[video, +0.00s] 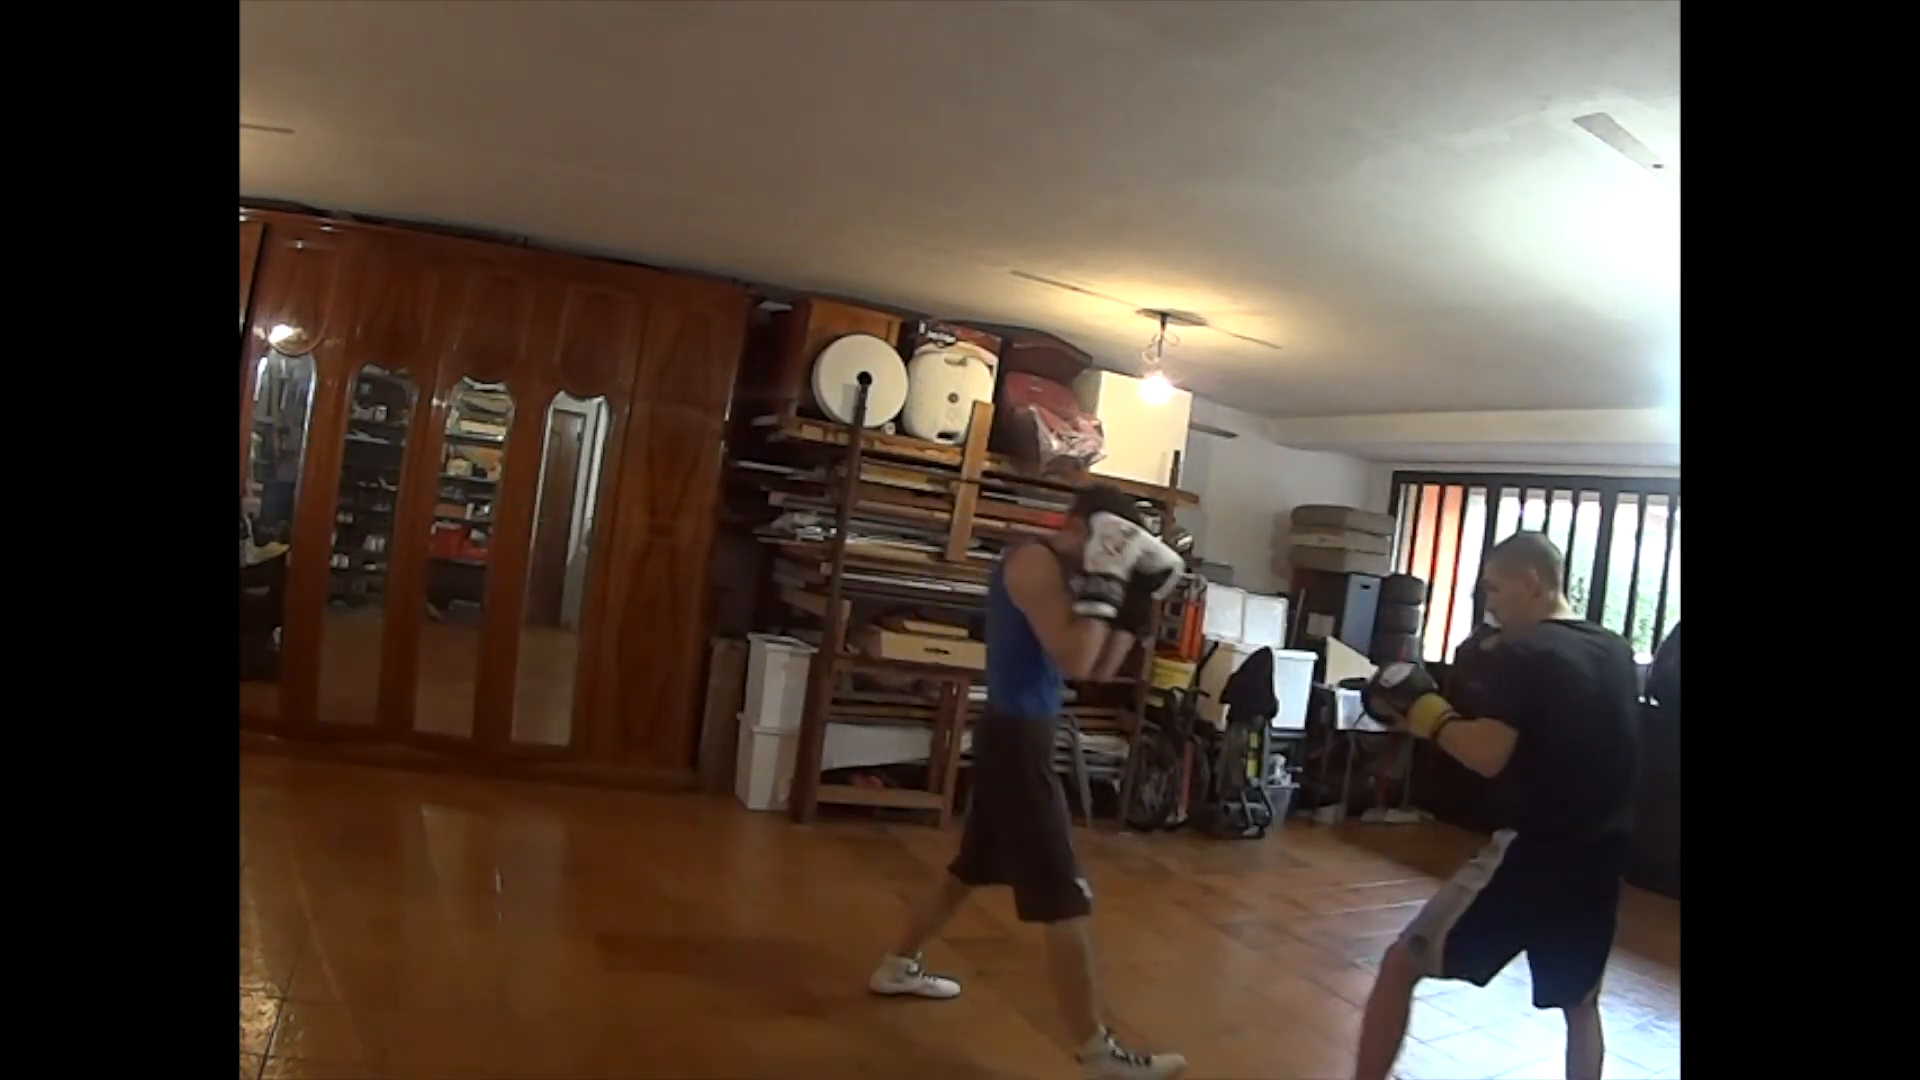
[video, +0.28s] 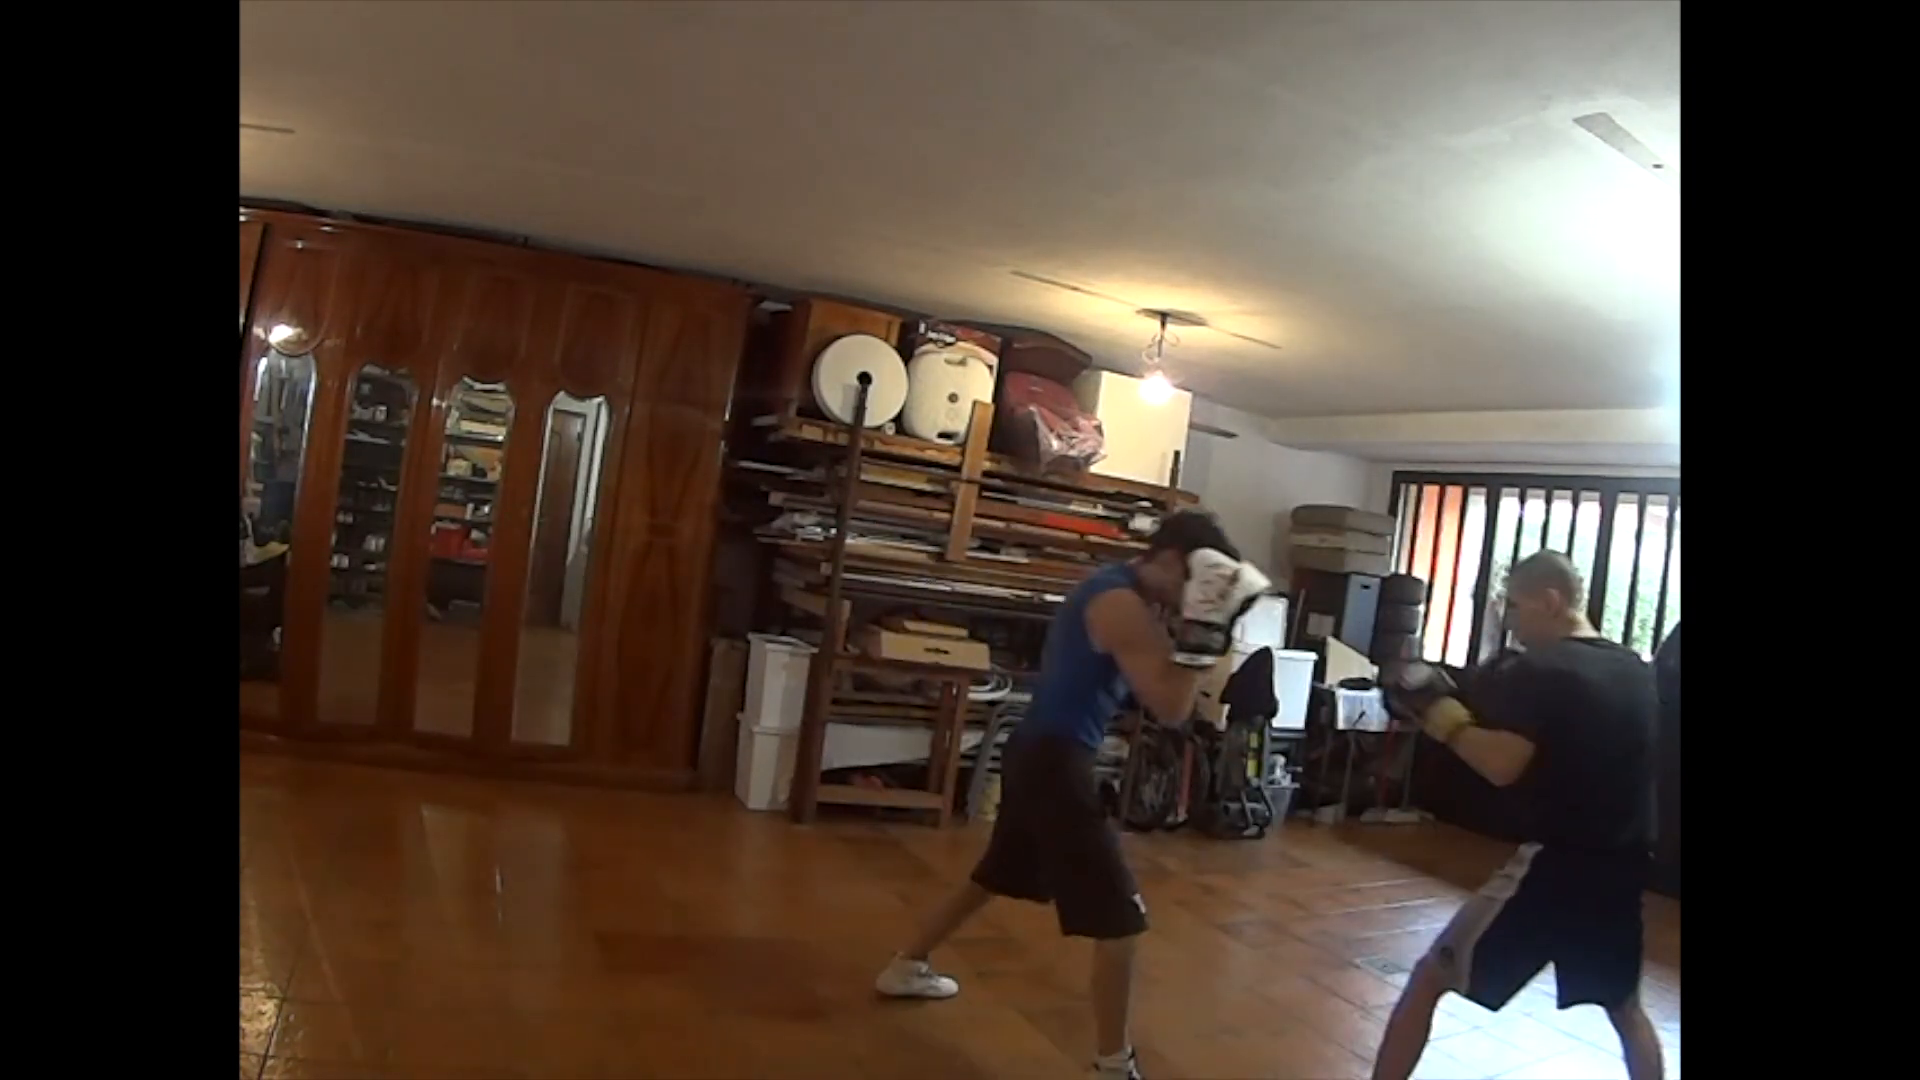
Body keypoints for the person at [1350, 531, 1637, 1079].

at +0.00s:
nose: (1488, 606)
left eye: (1492, 591)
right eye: (1486, 593)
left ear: (1532, 582)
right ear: (1550, 584)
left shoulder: (1520, 652)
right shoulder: (1614, 650)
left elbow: (1487, 753)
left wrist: (1425, 713)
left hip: (1526, 852)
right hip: (1598, 855)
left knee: (1401, 964)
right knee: (1583, 1005)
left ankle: (1366, 1076)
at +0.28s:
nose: (1510, 621)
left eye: (1514, 607)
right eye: (1509, 608)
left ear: (1551, 600)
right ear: (1571, 601)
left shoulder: (1545, 668)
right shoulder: (1635, 668)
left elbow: (1501, 764)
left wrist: (1442, 714)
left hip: (1552, 862)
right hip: (1622, 864)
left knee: (1429, 978)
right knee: (1626, 1007)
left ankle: (1382, 1077)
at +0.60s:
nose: (1582, 631)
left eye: (1586, 616)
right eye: (1579, 618)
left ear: (1625, 610)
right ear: (1636, 612)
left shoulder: (1615, 672)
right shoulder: (1671, 672)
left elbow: (1600, 762)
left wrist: (1510, 739)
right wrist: (1585, 677)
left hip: (1608, 864)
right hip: (1665, 870)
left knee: (1482, 995)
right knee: (1649, 1016)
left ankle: (1415, 1078)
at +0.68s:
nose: (1583, 633)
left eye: (1588, 618)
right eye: (1581, 620)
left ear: (1627, 612)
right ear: (1637, 615)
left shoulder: (1619, 674)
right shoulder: (1671, 673)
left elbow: (1602, 763)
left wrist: (1513, 740)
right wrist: (1587, 677)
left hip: (1611, 864)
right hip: (1665, 870)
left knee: (1484, 995)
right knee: (1649, 1014)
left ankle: (1417, 1077)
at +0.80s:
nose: (1585, 634)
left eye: (1590, 619)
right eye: (1583, 621)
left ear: (1629, 612)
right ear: (1638, 615)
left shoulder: (1619, 675)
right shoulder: (1672, 673)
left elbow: (1608, 763)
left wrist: (1516, 746)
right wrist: (1590, 681)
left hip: (1616, 866)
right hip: (1668, 872)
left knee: (1488, 998)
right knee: (1652, 1014)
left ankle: (1418, 1077)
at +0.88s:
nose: (1585, 639)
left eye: (1590, 625)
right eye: (1582, 626)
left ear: (1628, 619)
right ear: (1640, 622)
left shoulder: (1617, 680)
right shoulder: (1672, 680)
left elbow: (1604, 766)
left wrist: (1514, 745)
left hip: (1618, 868)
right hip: (1669, 873)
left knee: (1487, 993)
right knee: (1662, 1011)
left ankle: (1417, 1077)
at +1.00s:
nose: (1601, 655)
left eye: (1609, 644)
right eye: (1601, 643)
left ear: (1648, 638)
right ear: (1652, 640)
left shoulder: (1639, 692)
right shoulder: (1671, 692)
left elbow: (1621, 762)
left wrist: (1540, 728)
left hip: (1625, 879)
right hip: (1668, 885)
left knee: (1482, 998)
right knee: (1672, 1015)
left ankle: (1414, 1075)